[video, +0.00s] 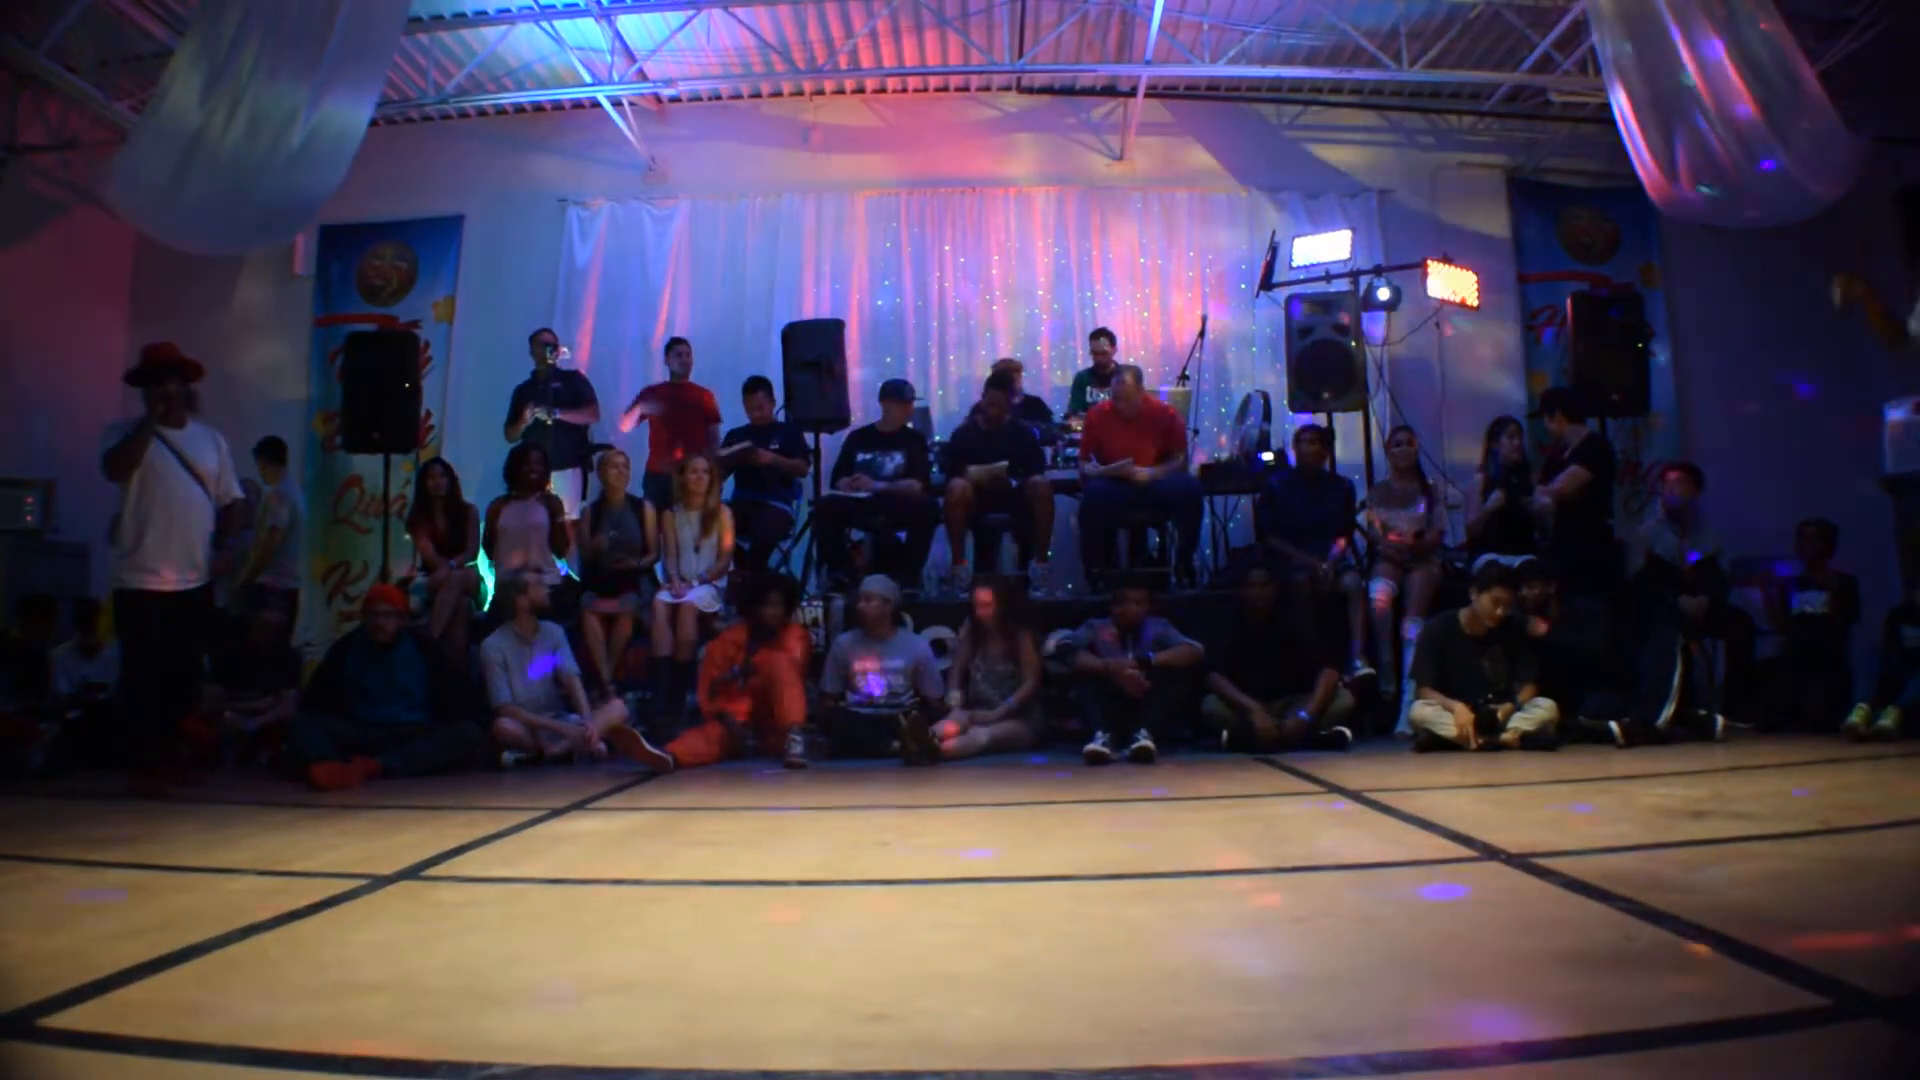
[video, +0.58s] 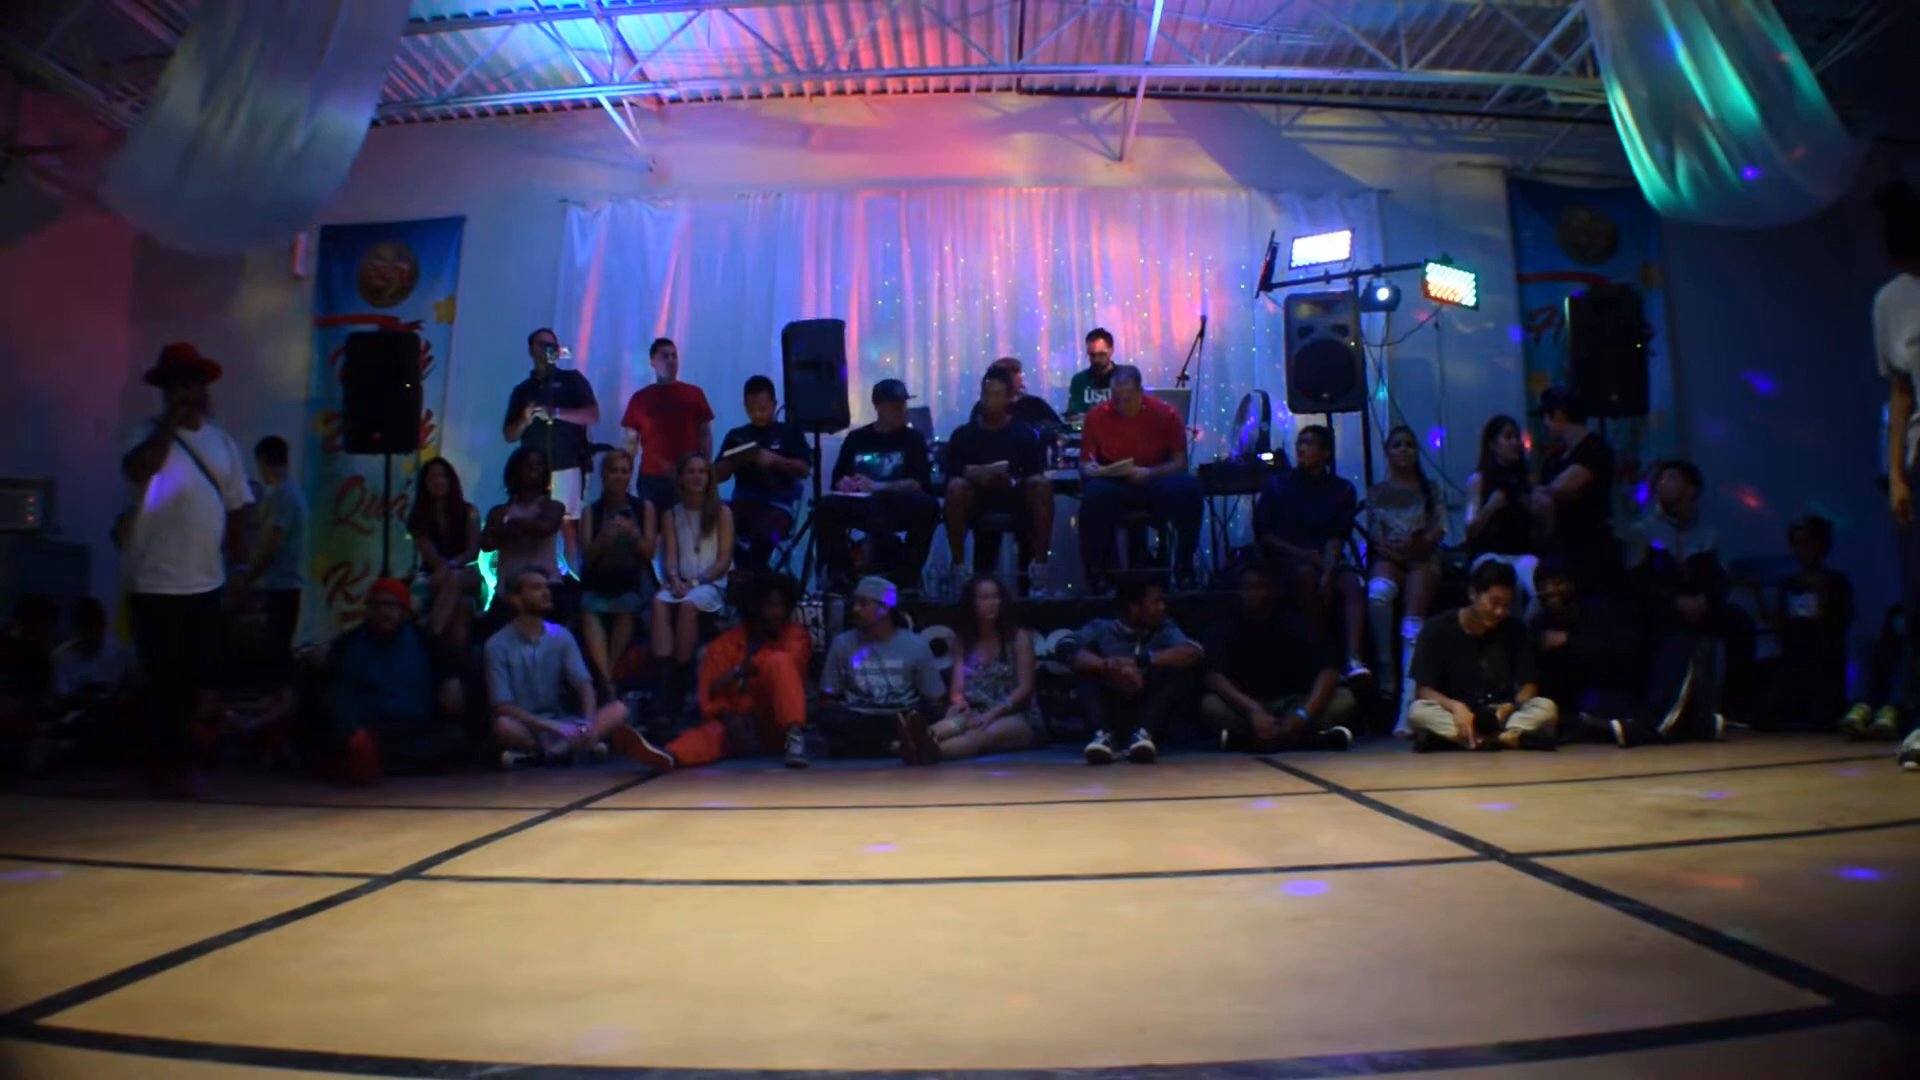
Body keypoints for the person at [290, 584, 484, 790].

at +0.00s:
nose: (381, 623)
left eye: (388, 616)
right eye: (375, 615)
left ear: (401, 619)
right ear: (364, 617)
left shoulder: (420, 648)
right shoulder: (347, 648)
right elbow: (317, 696)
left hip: (413, 729)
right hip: (356, 728)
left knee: (466, 735)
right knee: (305, 724)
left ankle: (379, 766)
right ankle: (328, 766)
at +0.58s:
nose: (383, 613)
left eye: (390, 605)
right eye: (377, 605)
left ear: (404, 611)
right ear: (369, 609)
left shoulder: (422, 643)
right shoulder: (349, 644)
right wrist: (352, 730)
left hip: (419, 720)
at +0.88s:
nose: (376, 612)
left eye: (384, 605)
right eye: (371, 605)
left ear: (398, 609)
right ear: (363, 608)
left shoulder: (415, 640)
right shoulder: (352, 638)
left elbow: (436, 681)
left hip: (406, 714)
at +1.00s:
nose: (365, 614)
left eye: (373, 607)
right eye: (361, 606)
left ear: (389, 612)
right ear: (354, 609)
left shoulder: (410, 642)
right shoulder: (345, 641)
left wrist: (435, 697)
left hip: (404, 717)